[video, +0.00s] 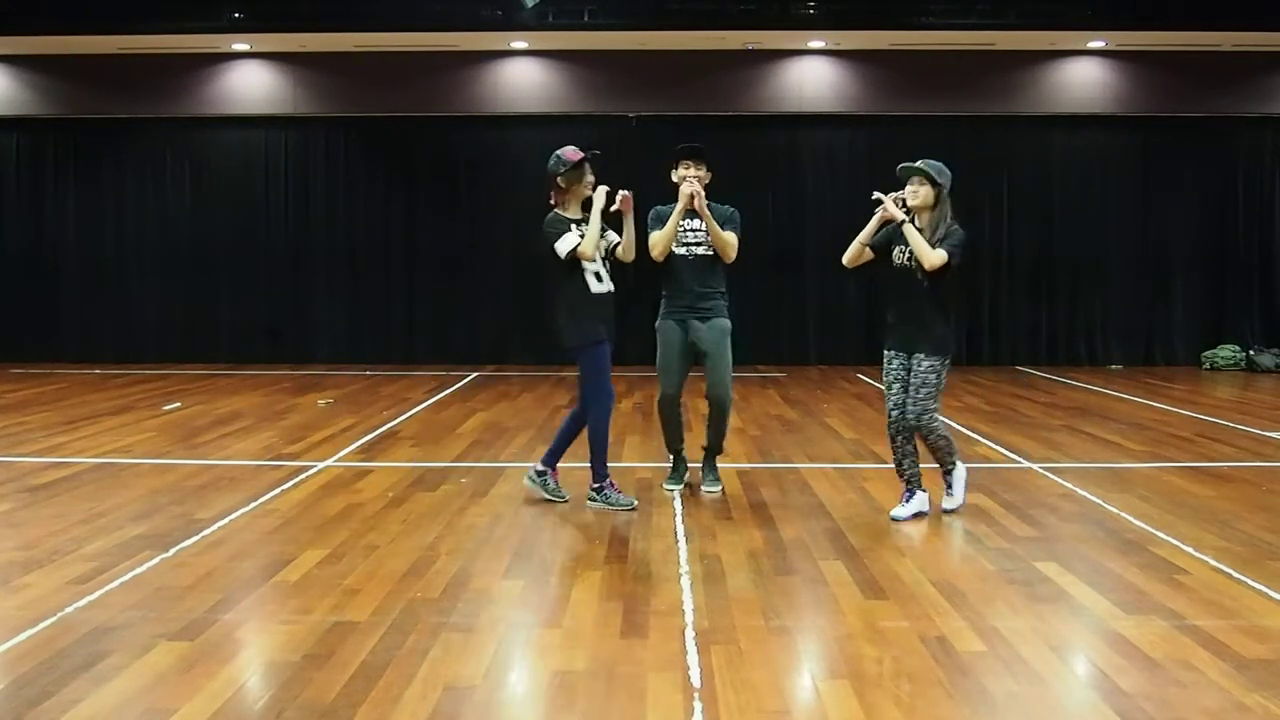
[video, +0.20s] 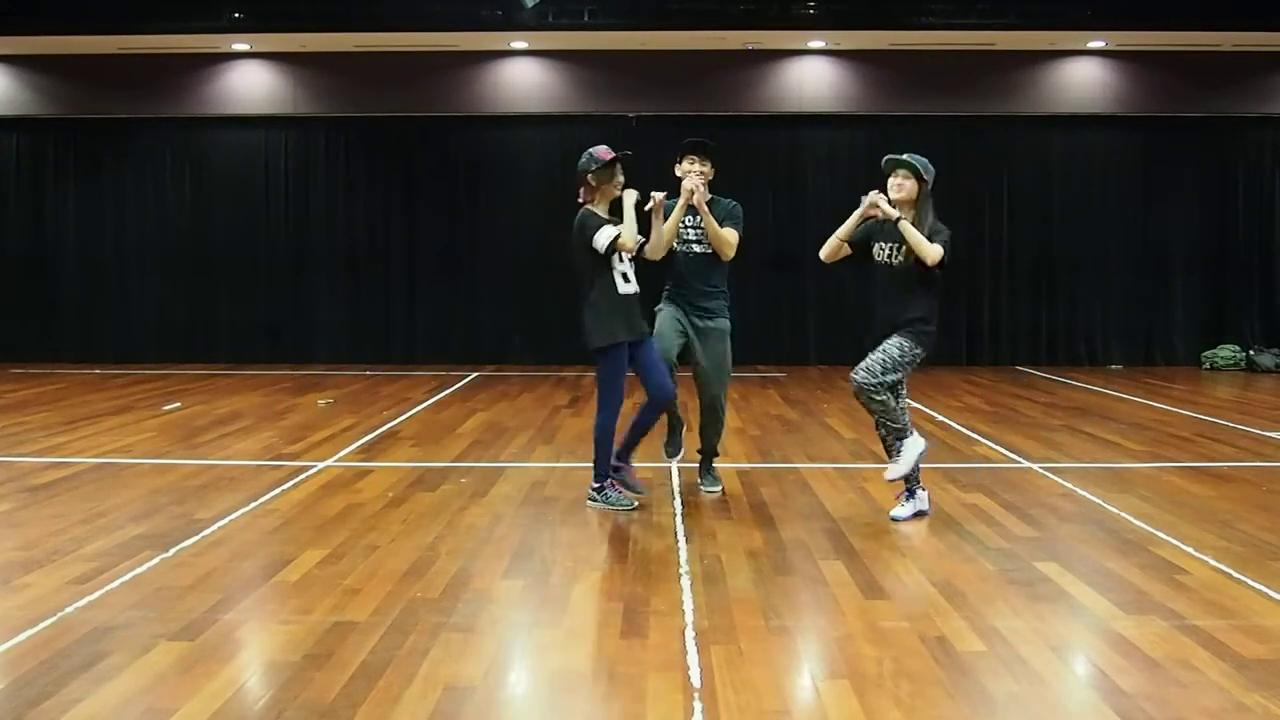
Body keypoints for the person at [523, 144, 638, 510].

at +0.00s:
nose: (590, 177)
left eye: (588, 172)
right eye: (582, 174)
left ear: (588, 177)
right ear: (563, 183)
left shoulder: (594, 217)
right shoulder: (554, 223)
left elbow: (627, 255)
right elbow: (588, 251)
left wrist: (628, 215)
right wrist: (597, 207)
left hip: (602, 319)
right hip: (581, 321)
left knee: (589, 402)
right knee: (602, 399)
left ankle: (544, 470)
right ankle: (600, 484)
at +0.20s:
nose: (619, 180)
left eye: (618, 173)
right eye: (611, 175)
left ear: (615, 177)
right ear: (593, 181)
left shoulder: (617, 217)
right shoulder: (587, 219)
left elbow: (655, 251)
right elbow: (627, 243)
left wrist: (658, 214)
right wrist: (629, 205)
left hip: (634, 323)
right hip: (609, 326)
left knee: (663, 394)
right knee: (609, 406)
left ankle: (620, 459)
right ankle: (600, 484)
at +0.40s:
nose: (646, 179)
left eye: (645, 173)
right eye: (638, 176)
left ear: (643, 179)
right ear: (620, 184)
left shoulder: (653, 219)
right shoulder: (612, 222)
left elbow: (690, 251)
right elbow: (652, 245)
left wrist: (685, 209)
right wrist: (657, 201)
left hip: (667, 323)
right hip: (632, 326)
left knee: (677, 403)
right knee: (631, 408)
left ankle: (680, 480)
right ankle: (603, 483)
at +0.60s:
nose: (664, 187)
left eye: (667, 181)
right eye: (656, 182)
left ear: (673, 183)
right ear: (638, 186)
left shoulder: (684, 220)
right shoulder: (625, 221)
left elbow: (697, 266)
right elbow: (632, 253)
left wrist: (697, 219)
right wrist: (658, 214)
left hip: (686, 317)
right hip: (648, 318)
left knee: (687, 406)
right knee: (668, 401)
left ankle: (681, 479)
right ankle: (635, 461)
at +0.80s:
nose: (673, 179)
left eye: (677, 172)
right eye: (665, 173)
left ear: (685, 177)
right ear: (650, 180)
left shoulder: (700, 212)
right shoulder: (638, 215)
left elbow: (712, 250)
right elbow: (633, 250)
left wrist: (697, 205)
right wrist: (655, 208)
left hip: (691, 315)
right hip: (651, 315)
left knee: (687, 402)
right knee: (666, 397)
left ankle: (683, 480)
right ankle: (656, 474)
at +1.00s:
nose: (676, 177)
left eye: (680, 170)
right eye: (668, 172)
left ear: (687, 175)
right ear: (654, 179)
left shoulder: (698, 218)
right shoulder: (641, 218)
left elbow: (708, 264)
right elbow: (640, 261)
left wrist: (698, 221)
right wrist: (662, 217)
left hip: (694, 321)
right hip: (655, 321)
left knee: (688, 402)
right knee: (663, 400)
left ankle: (683, 479)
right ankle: (659, 481)